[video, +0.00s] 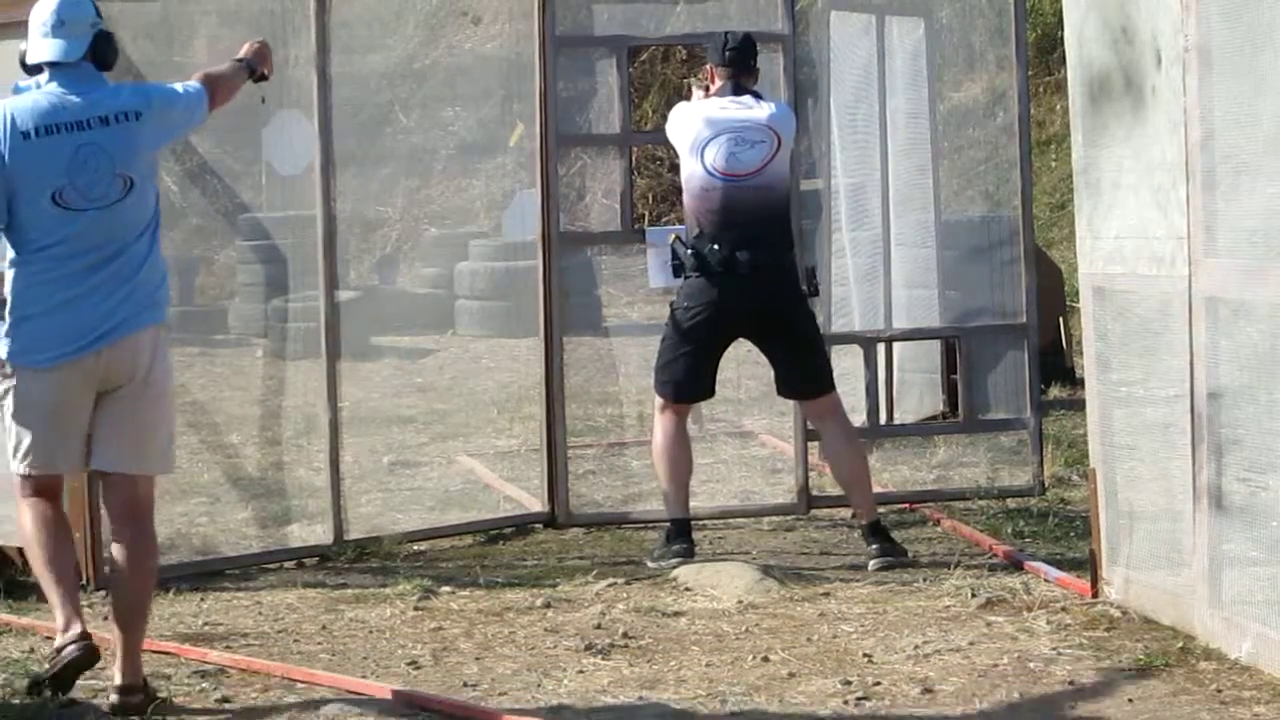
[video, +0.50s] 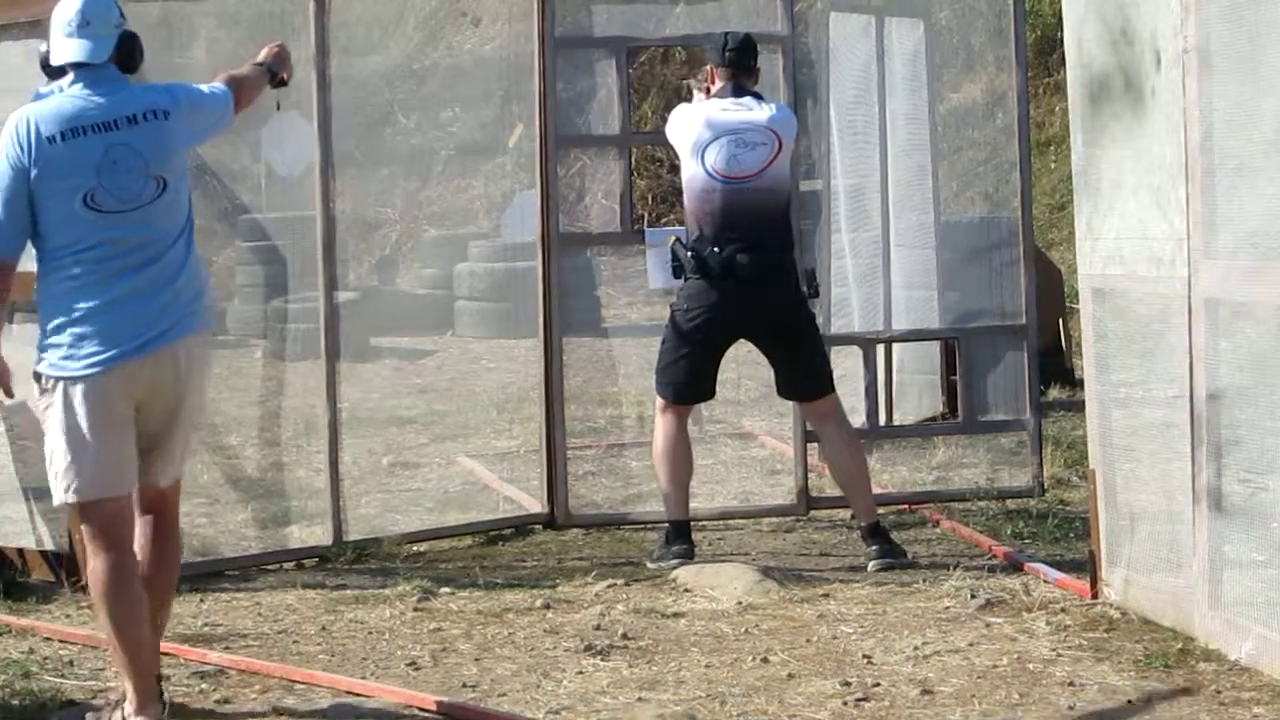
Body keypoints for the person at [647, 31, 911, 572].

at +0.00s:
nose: (711, 82)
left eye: (708, 76)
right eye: (738, 75)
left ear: (710, 78)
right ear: (755, 77)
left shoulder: (685, 118)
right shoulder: (782, 117)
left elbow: (690, 122)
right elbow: (752, 115)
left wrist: (704, 98)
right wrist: (720, 95)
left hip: (708, 291)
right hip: (778, 289)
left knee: (671, 409)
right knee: (828, 413)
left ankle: (678, 536)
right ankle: (876, 534)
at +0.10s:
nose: (710, 83)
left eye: (708, 77)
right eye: (736, 76)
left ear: (710, 78)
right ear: (755, 77)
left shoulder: (683, 118)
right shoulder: (782, 118)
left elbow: (690, 122)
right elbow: (752, 115)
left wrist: (705, 96)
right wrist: (724, 93)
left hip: (708, 293)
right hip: (778, 291)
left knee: (671, 409)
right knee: (827, 413)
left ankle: (677, 537)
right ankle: (876, 534)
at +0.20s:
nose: (711, 82)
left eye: (709, 75)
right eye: (735, 75)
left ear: (711, 78)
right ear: (756, 77)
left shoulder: (683, 119)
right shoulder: (785, 119)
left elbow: (690, 121)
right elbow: (753, 116)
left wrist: (705, 97)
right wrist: (722, 94)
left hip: (706, 296)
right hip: (778, 295)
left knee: (671, 410)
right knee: (827, 415)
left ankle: (677, 537)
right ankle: (876, 535)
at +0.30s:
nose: (711, 82)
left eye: (709, 76)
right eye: (739, 74)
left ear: (711, 78)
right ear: (757, 77)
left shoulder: (684, 119)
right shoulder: (785, 119)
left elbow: (690, 122)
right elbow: (753, 117)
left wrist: (706, 98)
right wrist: (723, 95)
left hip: (707, 294)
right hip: (777, 293)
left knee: (671, 409)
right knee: (826, 413)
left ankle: (677, 538)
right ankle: (876, 535)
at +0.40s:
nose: (711, 82)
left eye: (710, 75)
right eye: (737, 74)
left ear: (712, 78)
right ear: (757, 76)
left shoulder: (685, 120)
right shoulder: (785, 119)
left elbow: (689, 120)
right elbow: (753, 117)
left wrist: (705, 98)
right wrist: (721, 95)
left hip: (707, 295)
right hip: (778, 293)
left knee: (672, 410)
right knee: (827, 413)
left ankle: (677, 538)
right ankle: (876, 535)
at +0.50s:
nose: (712, 83)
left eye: (710, 76)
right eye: (738, 75)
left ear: (711, 79)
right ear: (757, 77)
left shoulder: (685, 120)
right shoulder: (784, 119)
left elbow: (689, 121)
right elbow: (753, 116)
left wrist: (705, 98)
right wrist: (720, 95)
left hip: (707, 294)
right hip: (778, 293)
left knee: (672, 409)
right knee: (827, 413)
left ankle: (676, 538)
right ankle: (875, 535)